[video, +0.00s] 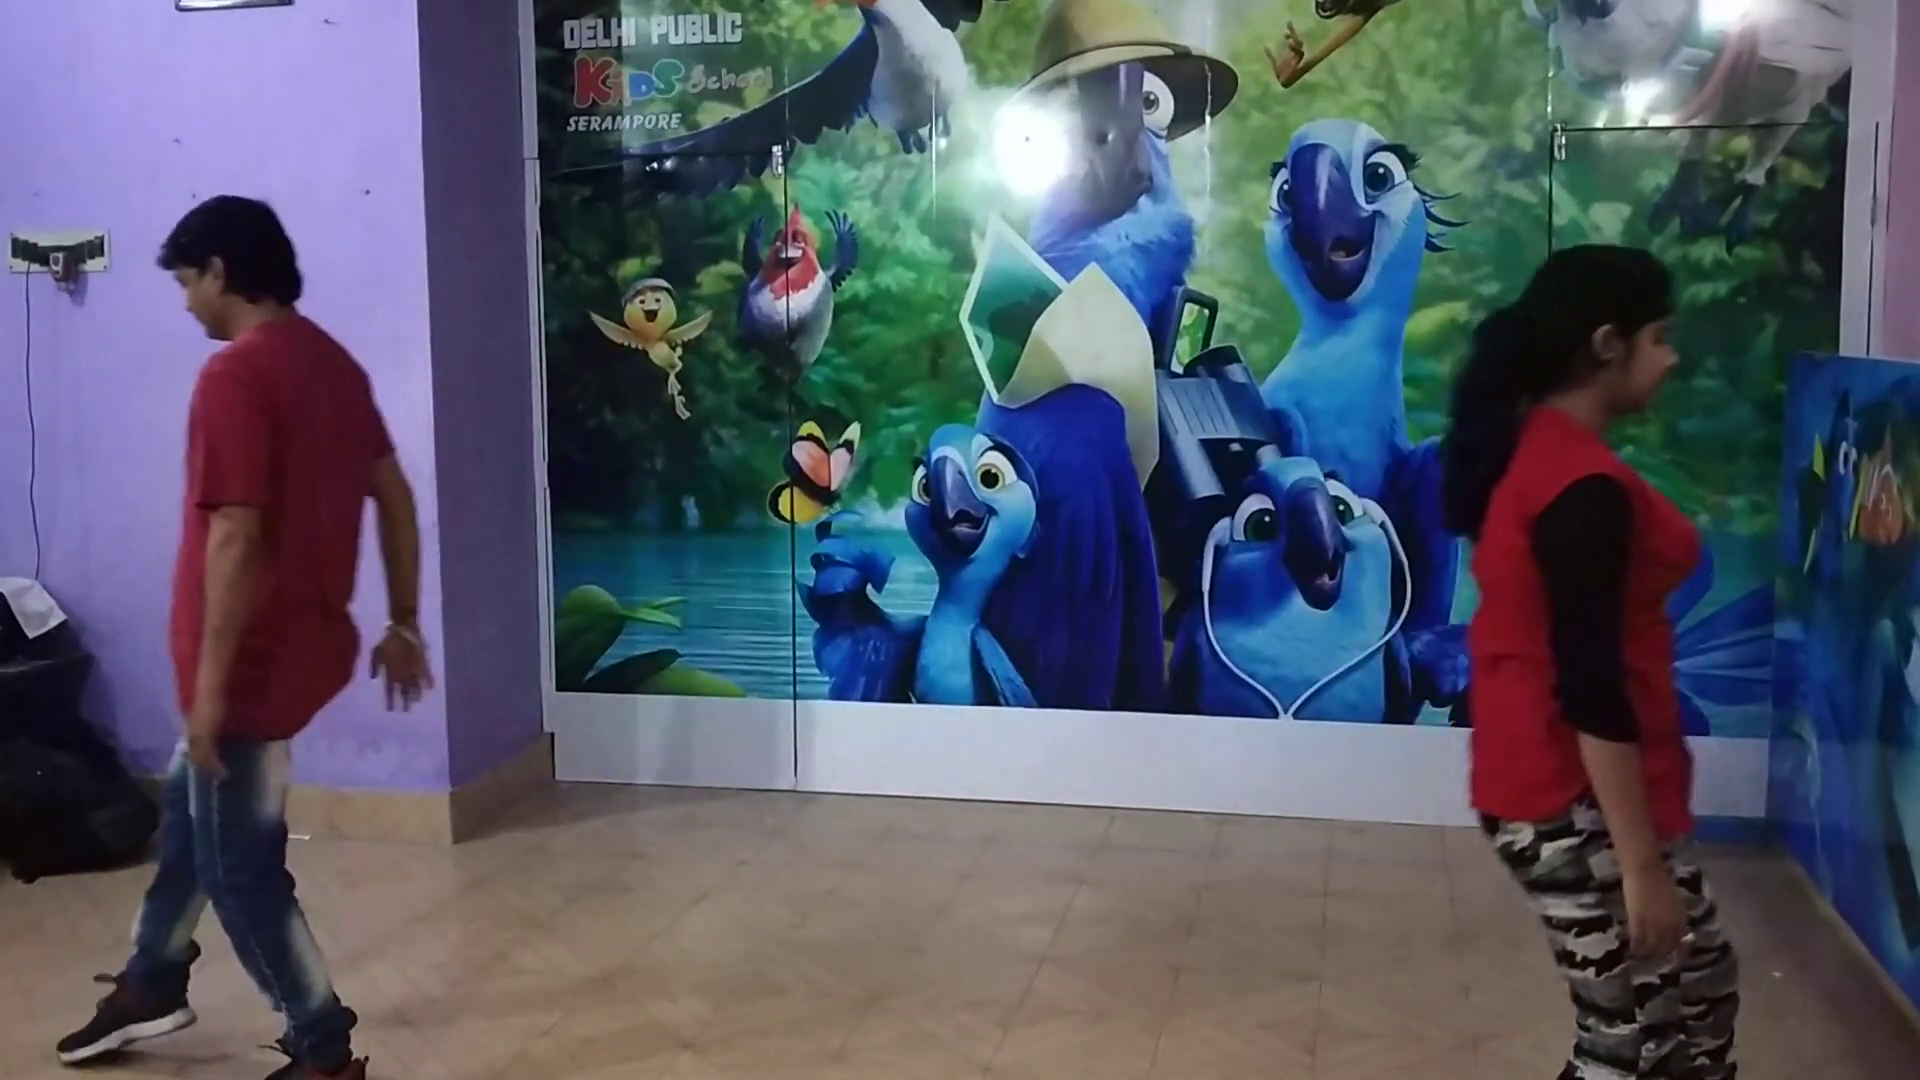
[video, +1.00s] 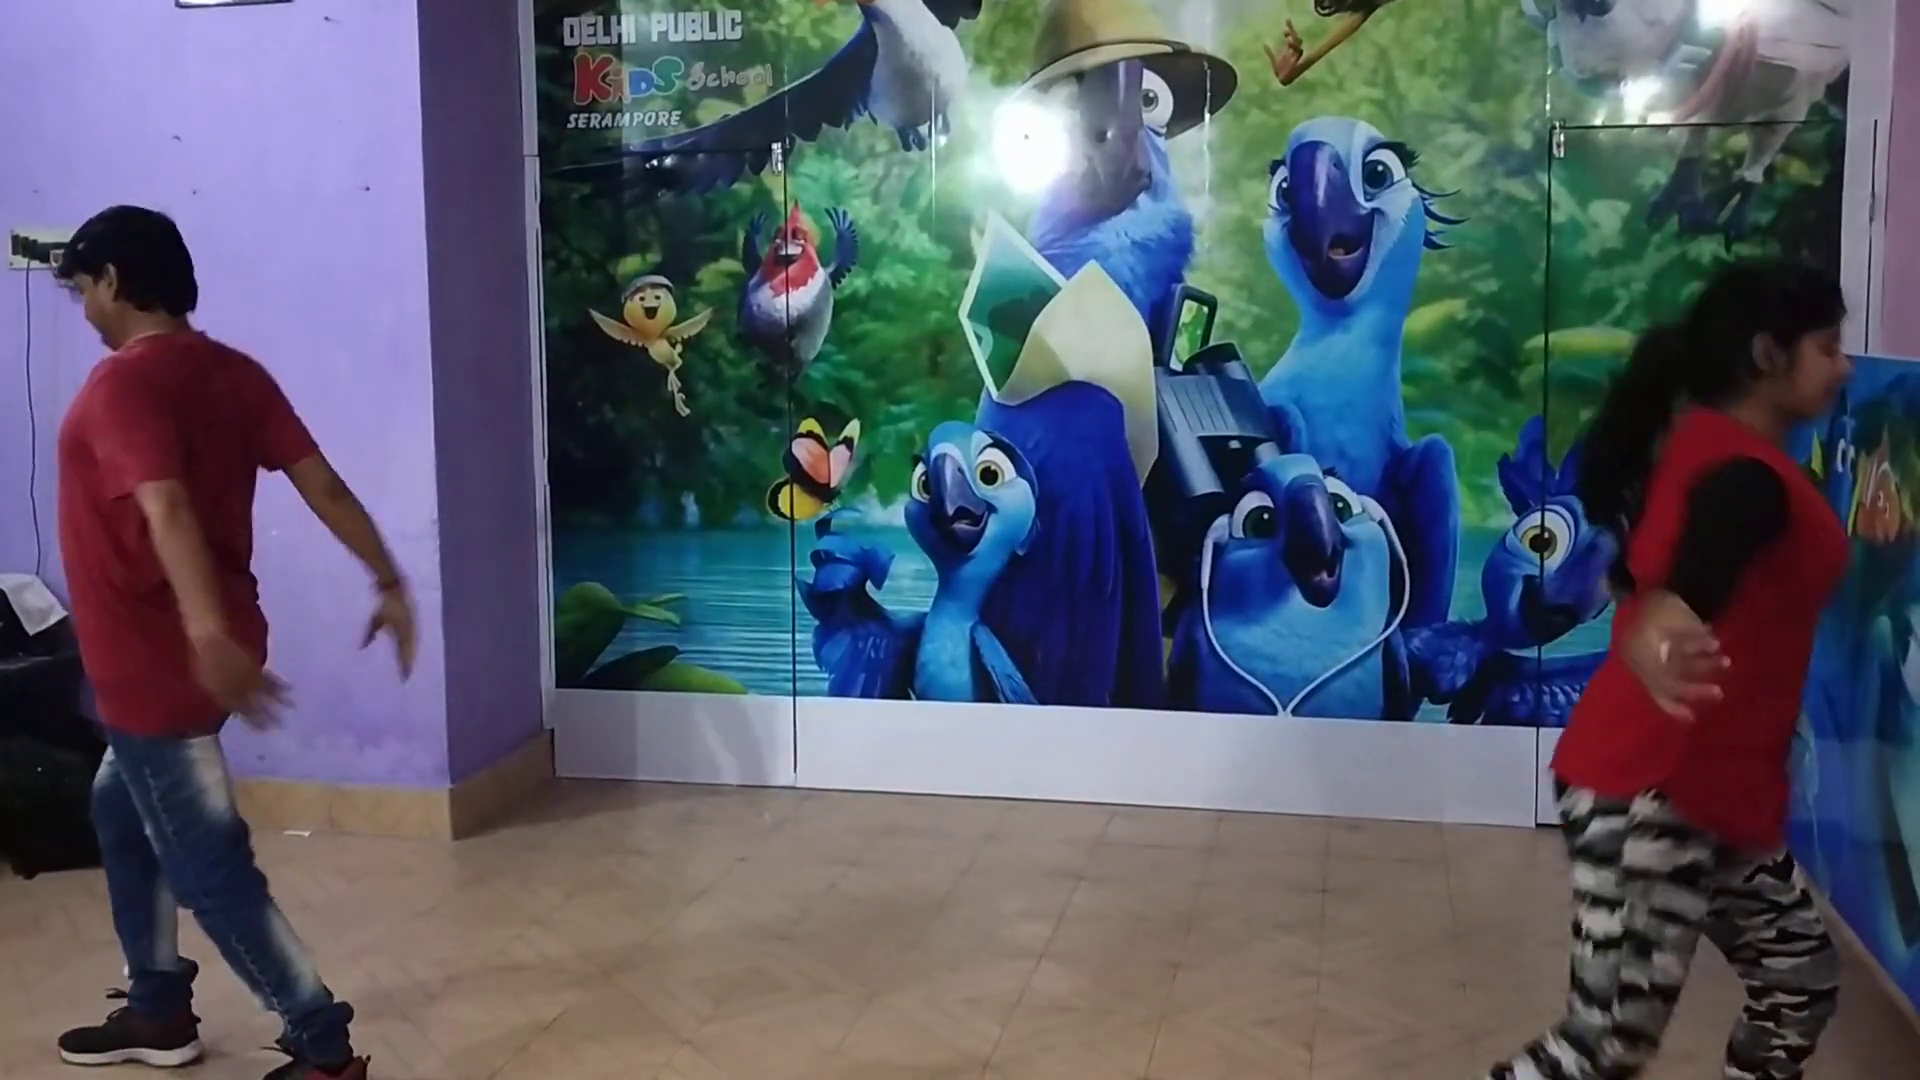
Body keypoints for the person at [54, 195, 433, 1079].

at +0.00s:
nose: (185, 300)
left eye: (186, 281)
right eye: (181, 283)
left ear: (220, 272)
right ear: (266, 270)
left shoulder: (236, 374)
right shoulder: (333, 363)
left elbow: (235, 539)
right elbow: (392, 493)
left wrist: (208, 698)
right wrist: (404, 621)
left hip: (242, 668)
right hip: (304, 651)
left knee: (243, 871)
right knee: (188, 808)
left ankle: (324, 1046)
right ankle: (151, 982)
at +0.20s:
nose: (117, 297)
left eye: (119, 278)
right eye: (114, 280)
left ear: (151, 272)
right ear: (195, 272)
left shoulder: (169, 372)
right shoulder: (263, 360)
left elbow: (171, 529)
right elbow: (318, 498)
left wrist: (148, 681)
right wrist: (325, 619)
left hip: (190, 659)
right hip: (248, 641)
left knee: (235, 860)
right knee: (167, 822)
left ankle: (326, 1044)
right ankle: (159, 1000)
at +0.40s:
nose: (93, 303)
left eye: (93, 283)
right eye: (89, 286)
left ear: (126, 274)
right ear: (177, 271)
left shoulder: (142, 372)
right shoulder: (244, 361)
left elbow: (150, 528)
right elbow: (292, 504)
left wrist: (130, 685)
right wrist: (292, 629)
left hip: (183, 654)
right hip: (243, 639)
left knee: (240, 853)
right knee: (169, 820)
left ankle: (326, 1043)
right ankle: (160, 1008)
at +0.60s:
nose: (88, 303)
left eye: (87, 284)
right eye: (82, 286)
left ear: (120, 273)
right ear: (173, 272)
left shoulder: (135, 371)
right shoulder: (242, 363)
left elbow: (148, 527)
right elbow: (293, 502)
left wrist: (136, 681)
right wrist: (301, 621)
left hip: (180, 656)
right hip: (240, 639)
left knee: (240, 858)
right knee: (170, 832)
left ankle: (326, 1046)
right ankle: (160, 1009)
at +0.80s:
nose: (87, 305)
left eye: (86, 286)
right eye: (82, 288)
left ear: (117, 275)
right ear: (174, 273)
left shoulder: (139, 367)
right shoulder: (244, 359)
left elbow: (160, 515)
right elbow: (310, 498)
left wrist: (160, 670)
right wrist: (314, 616)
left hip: (175, 660)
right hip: (239, 642)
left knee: (231, 858)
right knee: (158, 822)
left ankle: (326, 1046)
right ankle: (162, 1012)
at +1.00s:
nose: (79, 307)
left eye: (80, 288)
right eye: (76, 291)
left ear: (110, 283)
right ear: (174, 281)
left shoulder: (122, 386)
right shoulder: (236, 372)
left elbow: (168, 507)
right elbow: (319, 481)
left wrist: (211, 635)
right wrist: (387, 575)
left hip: (148, 672)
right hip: (215, 650)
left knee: (211, 867)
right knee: (120, 810)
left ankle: (324, 1046)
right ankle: (157, 1010)